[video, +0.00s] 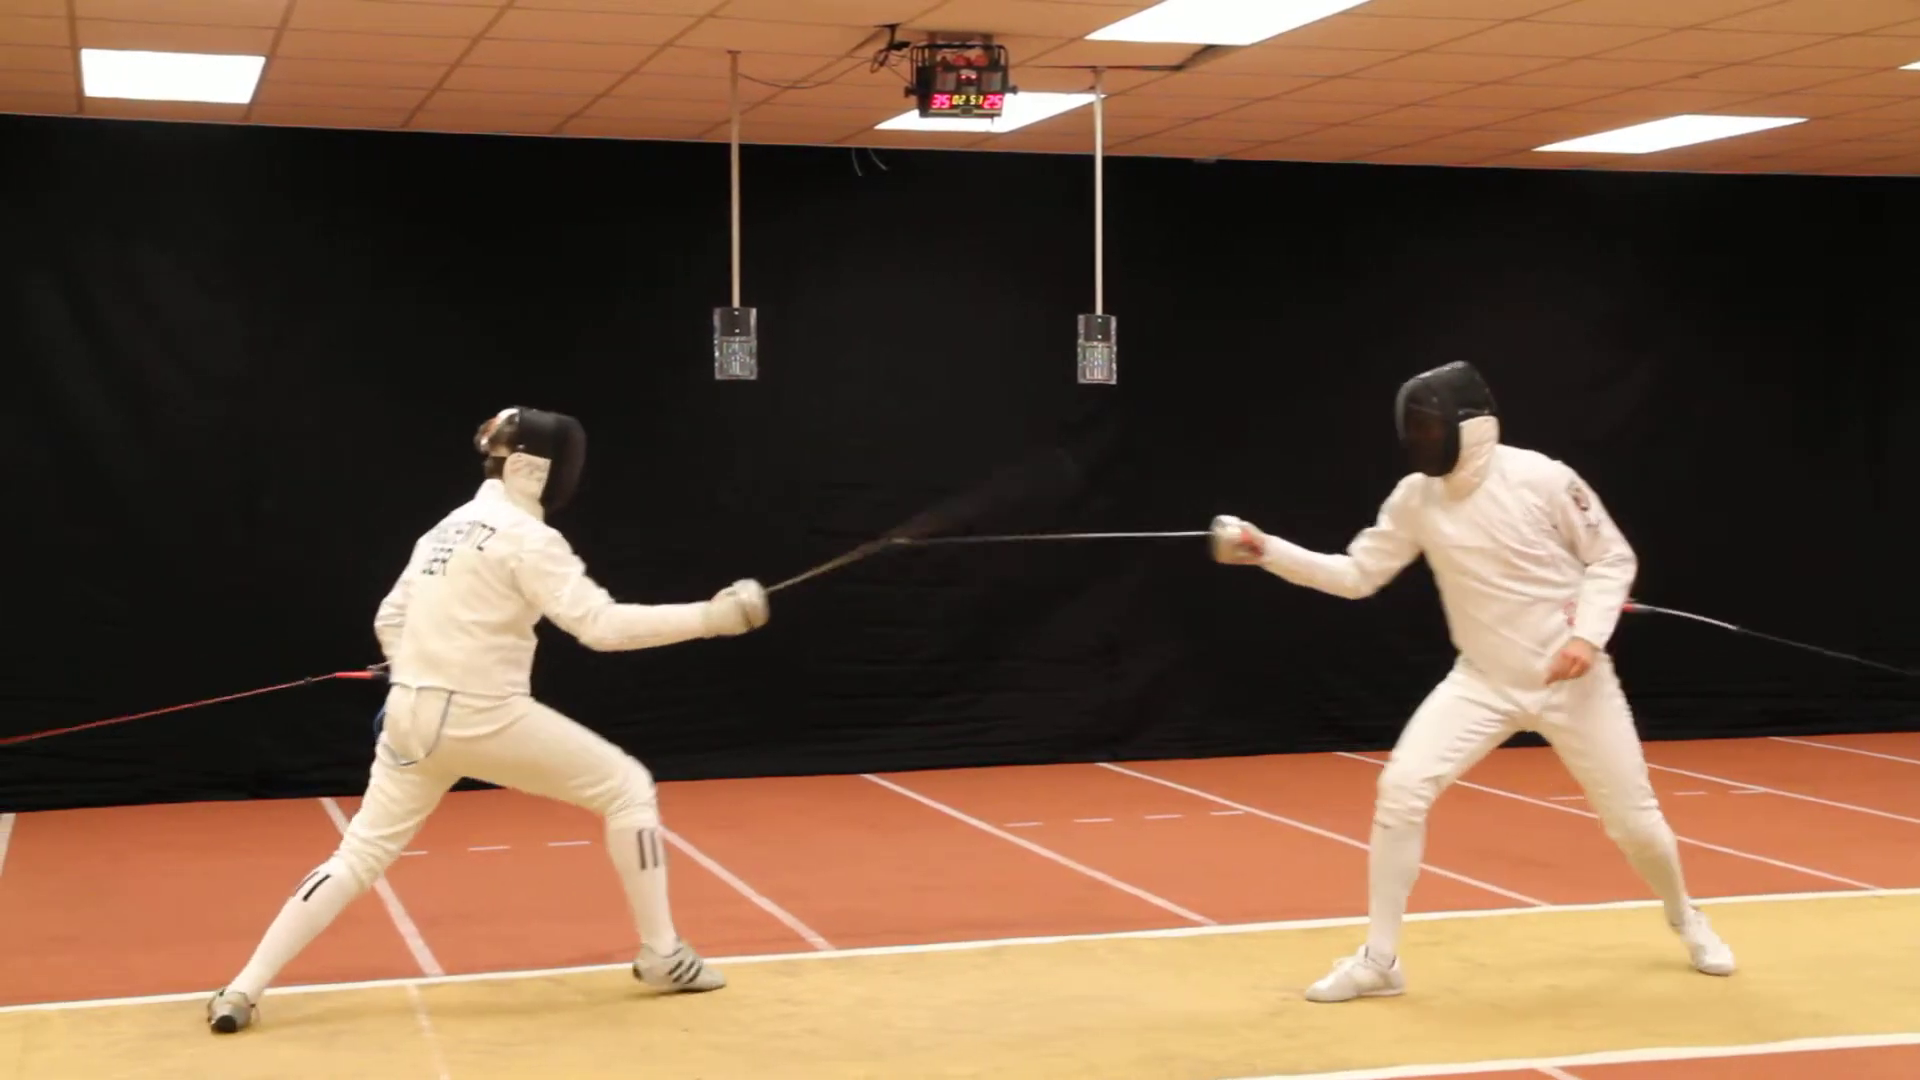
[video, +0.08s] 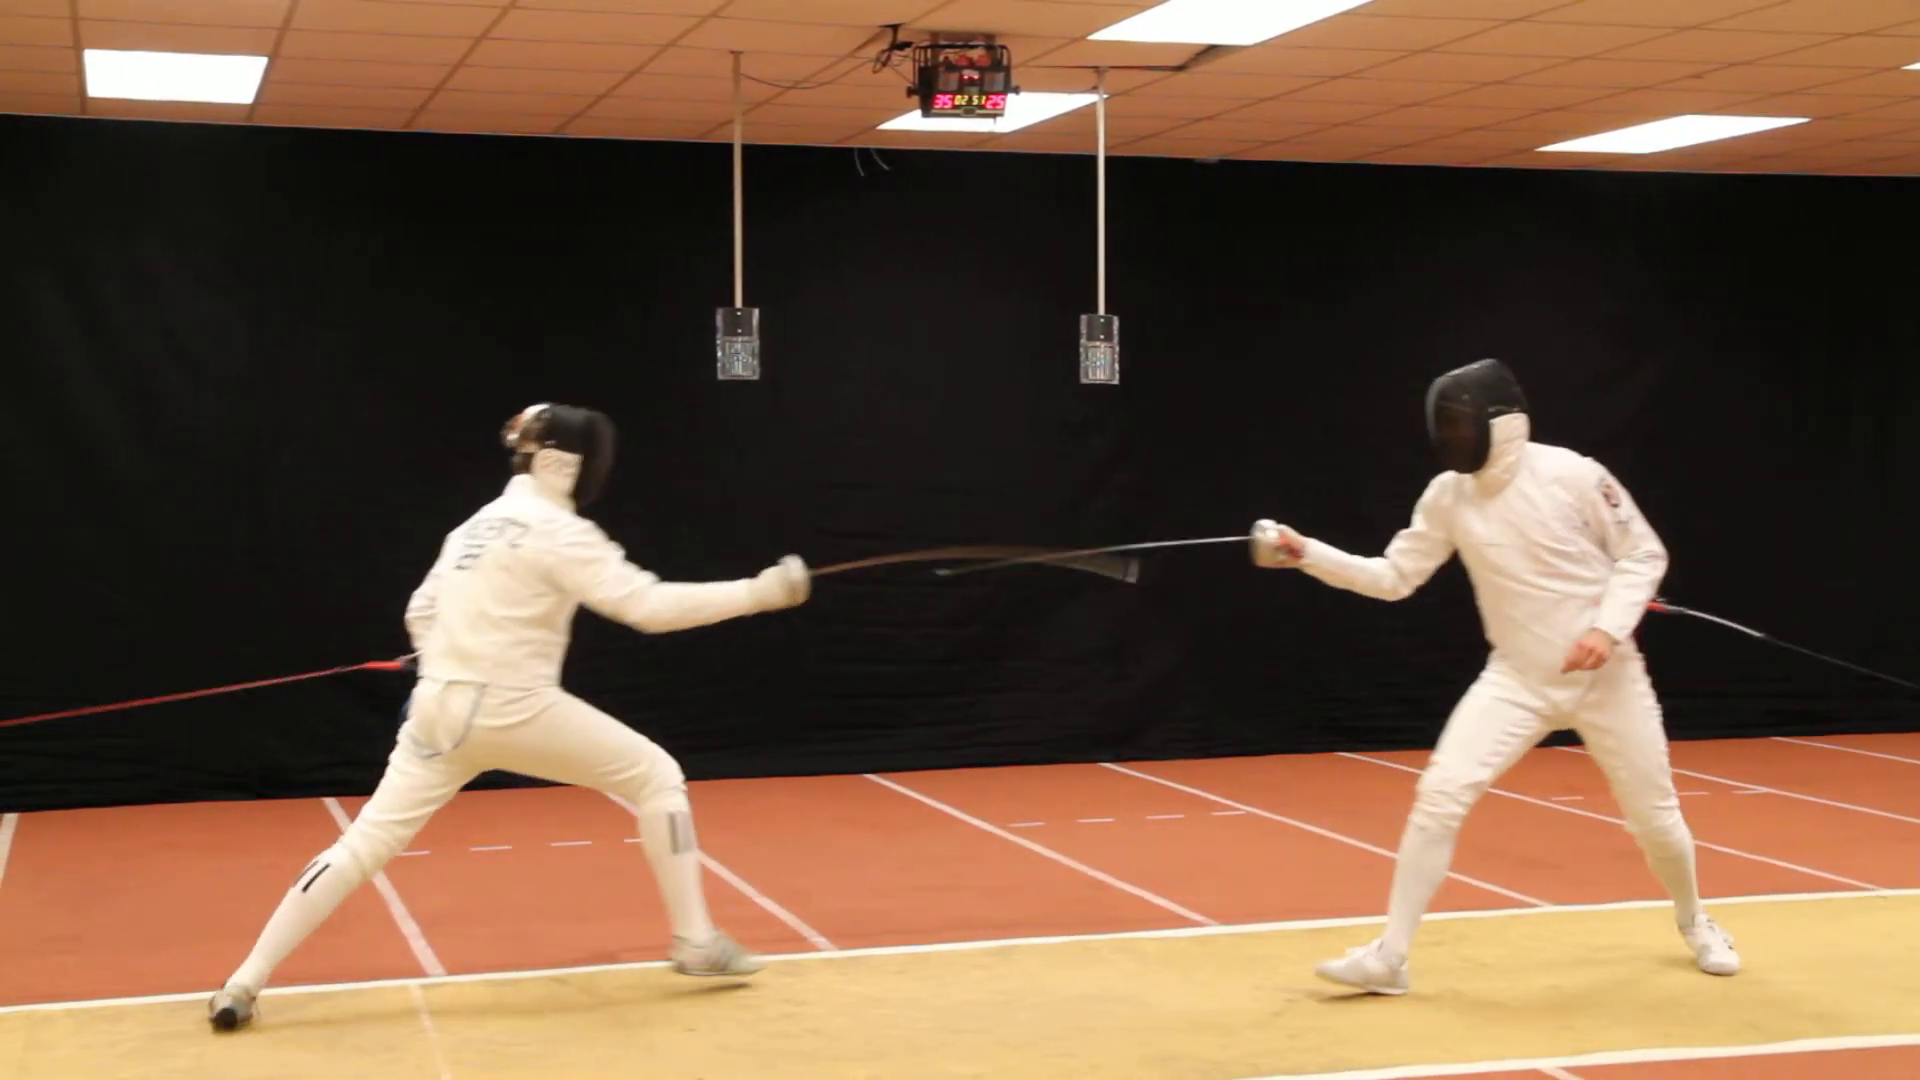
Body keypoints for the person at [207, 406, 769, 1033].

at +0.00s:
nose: (563, 482)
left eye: (555, 466)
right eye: (560, 469)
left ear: (499, 462)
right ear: (542, 470)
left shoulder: (445, 530)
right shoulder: (527, 538)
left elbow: (392, 619)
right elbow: (603, 625)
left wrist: (422, 686)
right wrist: (715, 613)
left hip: (408, 713)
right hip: (487, 716)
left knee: (357, 857)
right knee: (625, 788)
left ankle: (242, 990)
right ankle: (662, 955)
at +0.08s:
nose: (560, 468)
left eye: (555, 453)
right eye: (563, 457)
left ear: (533, 458)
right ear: (564, 465)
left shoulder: (477, 524)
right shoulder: (560, 531)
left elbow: (421, 611)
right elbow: (650, 606)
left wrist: (452, 679)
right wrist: (762, 592)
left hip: (435, 708)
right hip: (516, 707)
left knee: (361, 848)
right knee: (653, 777)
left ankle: (242, 984)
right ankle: (696, 939)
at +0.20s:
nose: (656, 473)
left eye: (633, 456)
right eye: (659, 463)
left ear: (599, 458)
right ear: (655, 467)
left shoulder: (541, 521)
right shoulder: (646, 529)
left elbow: (473, 604)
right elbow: (737, 581)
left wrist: (494, 673)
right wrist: (844, 568)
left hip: (495, 692)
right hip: (579, 701)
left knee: (397, 827)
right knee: (689, 813)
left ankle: (267, 951)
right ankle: (770, 956)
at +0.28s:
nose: (704, 481)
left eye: (685, 463)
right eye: (704, 470)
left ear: (639, 467)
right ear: (694, 476)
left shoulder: (576, 531)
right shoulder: (689, 540)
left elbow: (502, 613)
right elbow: (778, 600)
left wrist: (493, 702)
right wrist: (879, 573)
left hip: (533, 701)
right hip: (619, 708)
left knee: (446, 838)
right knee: (734, 796)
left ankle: (313, 942)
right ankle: (780, 956)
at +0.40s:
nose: (719, 481)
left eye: (708, 466)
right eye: (717, 469)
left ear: (663, 460)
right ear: (705, 470)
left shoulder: (598, 526)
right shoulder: (702, 532)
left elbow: (527, 617)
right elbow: (775, 623)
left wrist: (519, 703)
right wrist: (882, 600)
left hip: (560, 699)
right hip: (642, 705)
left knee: (514, 845)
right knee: (757, 796)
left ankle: (391, 948)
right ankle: (780, 957)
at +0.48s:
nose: (720, 473)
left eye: (714, 459)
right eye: (719, 462)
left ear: (656, 453)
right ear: (703, 462)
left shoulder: (595, 522)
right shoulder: (699, 530)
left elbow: (537, 623)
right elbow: (771, 618)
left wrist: (555, 695)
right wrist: (874, 598)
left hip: (564, 698)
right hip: (648, 702)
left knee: (523, 845)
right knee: (759, 796)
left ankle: (416, 973)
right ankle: (778, 955)